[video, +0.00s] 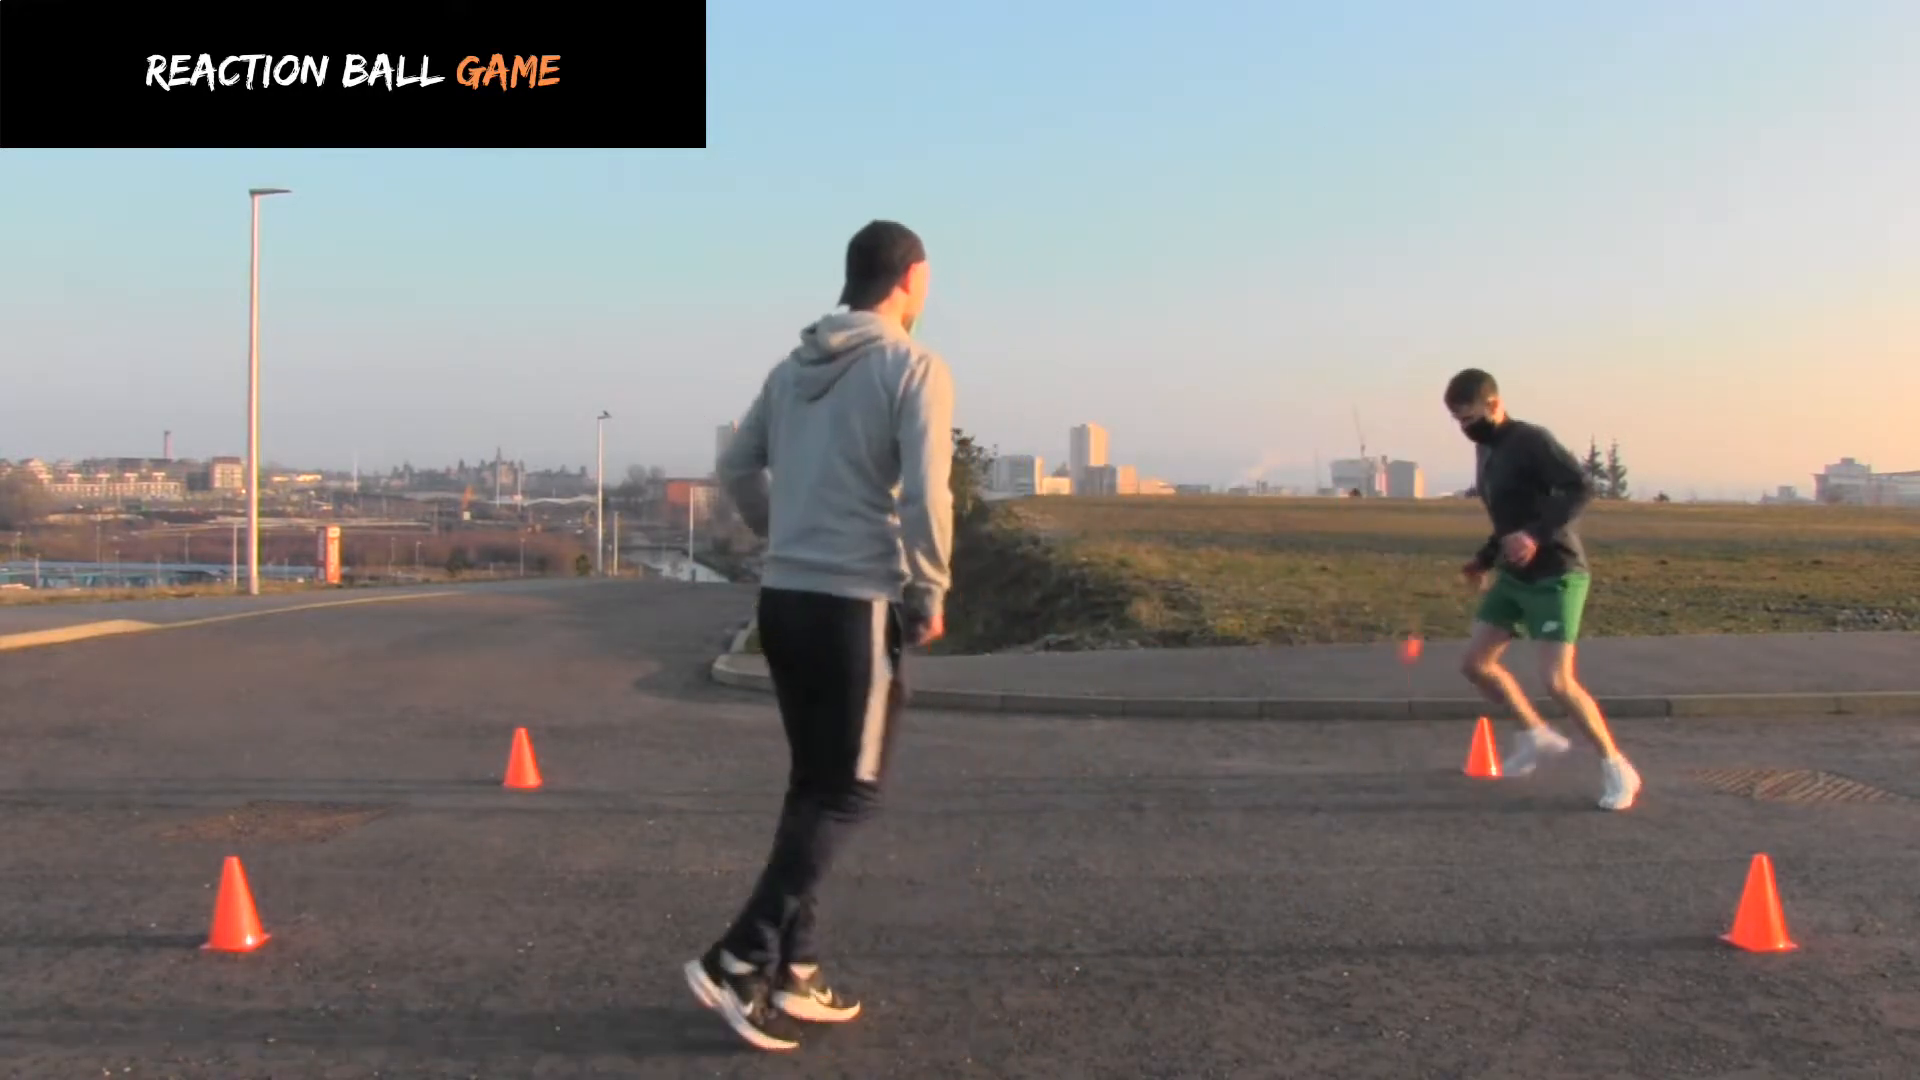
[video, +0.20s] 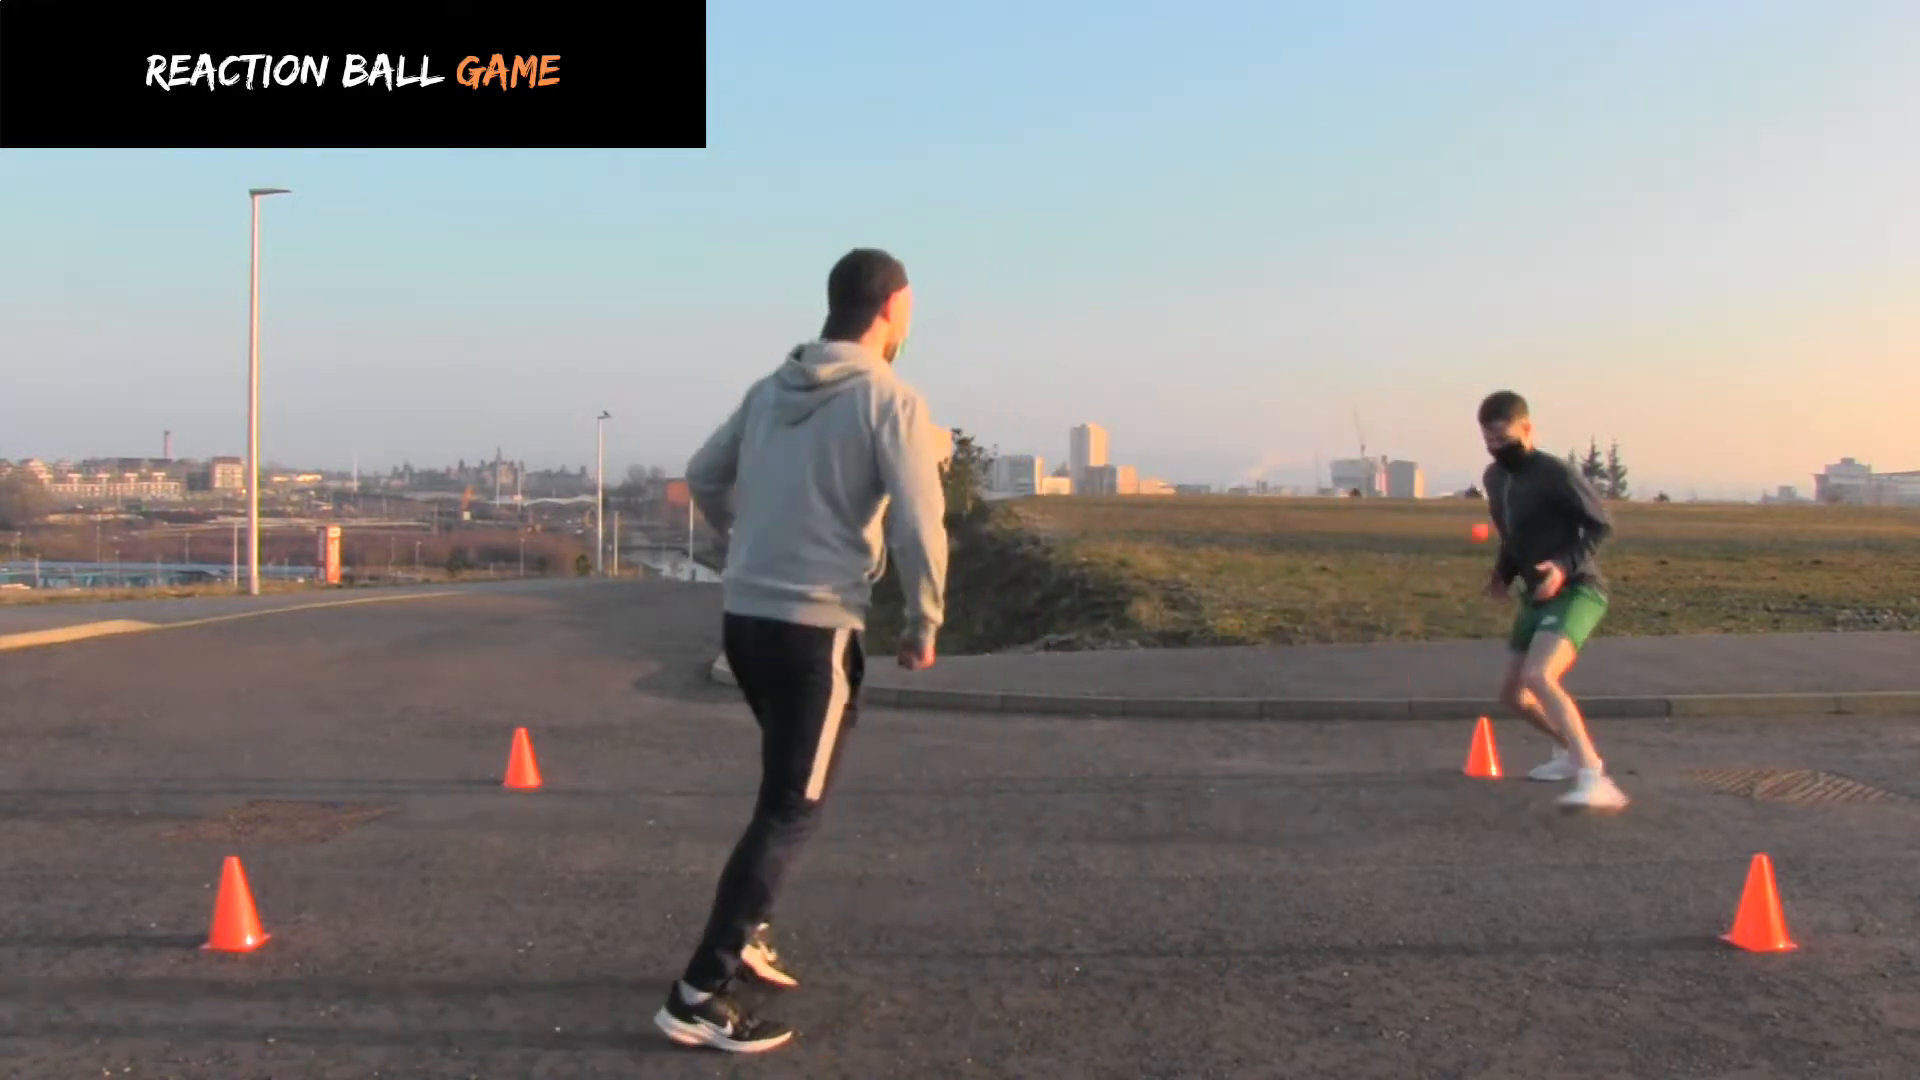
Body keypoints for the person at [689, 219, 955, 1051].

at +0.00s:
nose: (925, 294)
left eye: (922, 280)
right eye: (923, 281)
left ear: (853, 278)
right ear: (907, 281)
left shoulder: (794, 365)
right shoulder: (916, 368)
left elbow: (735, 464)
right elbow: (923, 490)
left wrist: (781, 536)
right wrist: (930, 589)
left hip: (786, 599)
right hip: (857, 603)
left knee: (812, 783)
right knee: (850, 790)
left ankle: (792, 970)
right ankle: (734, 963)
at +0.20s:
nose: (907, 322)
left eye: (905, 307)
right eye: (906, 308)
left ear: (834, 305)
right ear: (888, 309)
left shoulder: (772, 388)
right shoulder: (893, 400)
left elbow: (705, 474)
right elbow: (919, 520)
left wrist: (749, 544)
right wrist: (925, 620)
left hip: (746, 620)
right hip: (818, 630)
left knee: (794, 788)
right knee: (789, 813)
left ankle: (742, 929)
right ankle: (697, 994)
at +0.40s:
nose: (889, 309)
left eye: (885, 296)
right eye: (886, 297)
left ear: (820, 301)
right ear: (868, 303)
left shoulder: (765, 383)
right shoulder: (885, 389)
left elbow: (715, 475)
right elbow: (897, 510)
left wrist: (755, 542)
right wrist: (893, 602)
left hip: (741, 595)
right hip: (810, 605)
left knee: (773, 774)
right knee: (782, 787)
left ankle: (767, 924)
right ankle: (714, 971)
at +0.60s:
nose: (883, 323)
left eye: (881, 310)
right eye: (879, 310)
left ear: (818, 313)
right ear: (859, 314)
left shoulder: (773, 393)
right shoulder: (865, 394)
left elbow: (751, 501)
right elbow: (870, 520)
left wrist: (765, 584)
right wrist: (886, 613)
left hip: (751, 605)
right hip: (814, 610)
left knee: (790, 758)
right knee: (851, 771)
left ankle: (774, 916)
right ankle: (763, 917)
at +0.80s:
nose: (896, 309)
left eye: (894, 295)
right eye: (892, 295)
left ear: (834, 299)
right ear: (869, 300)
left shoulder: (791, 371)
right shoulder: (866, 378)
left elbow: (799, 476)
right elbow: (874, 496)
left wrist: (880, 496)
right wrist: (899, 587)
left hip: (769, 584)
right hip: (825, 589)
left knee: (805, 735)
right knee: (861, 746)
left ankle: (782, 897)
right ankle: (827, 913)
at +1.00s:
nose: (896, 321)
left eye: (894, 308)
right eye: (892, 309)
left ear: (829, 313)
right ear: (871, 314)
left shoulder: (786, 393)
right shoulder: (871, 398)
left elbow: (782, 498)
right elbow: (885, 512)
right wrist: (910, 605)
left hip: (780, 591)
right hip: (837, 596)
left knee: (828, 719)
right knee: (858, 750)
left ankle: (791, 854)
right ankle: (824, 917)